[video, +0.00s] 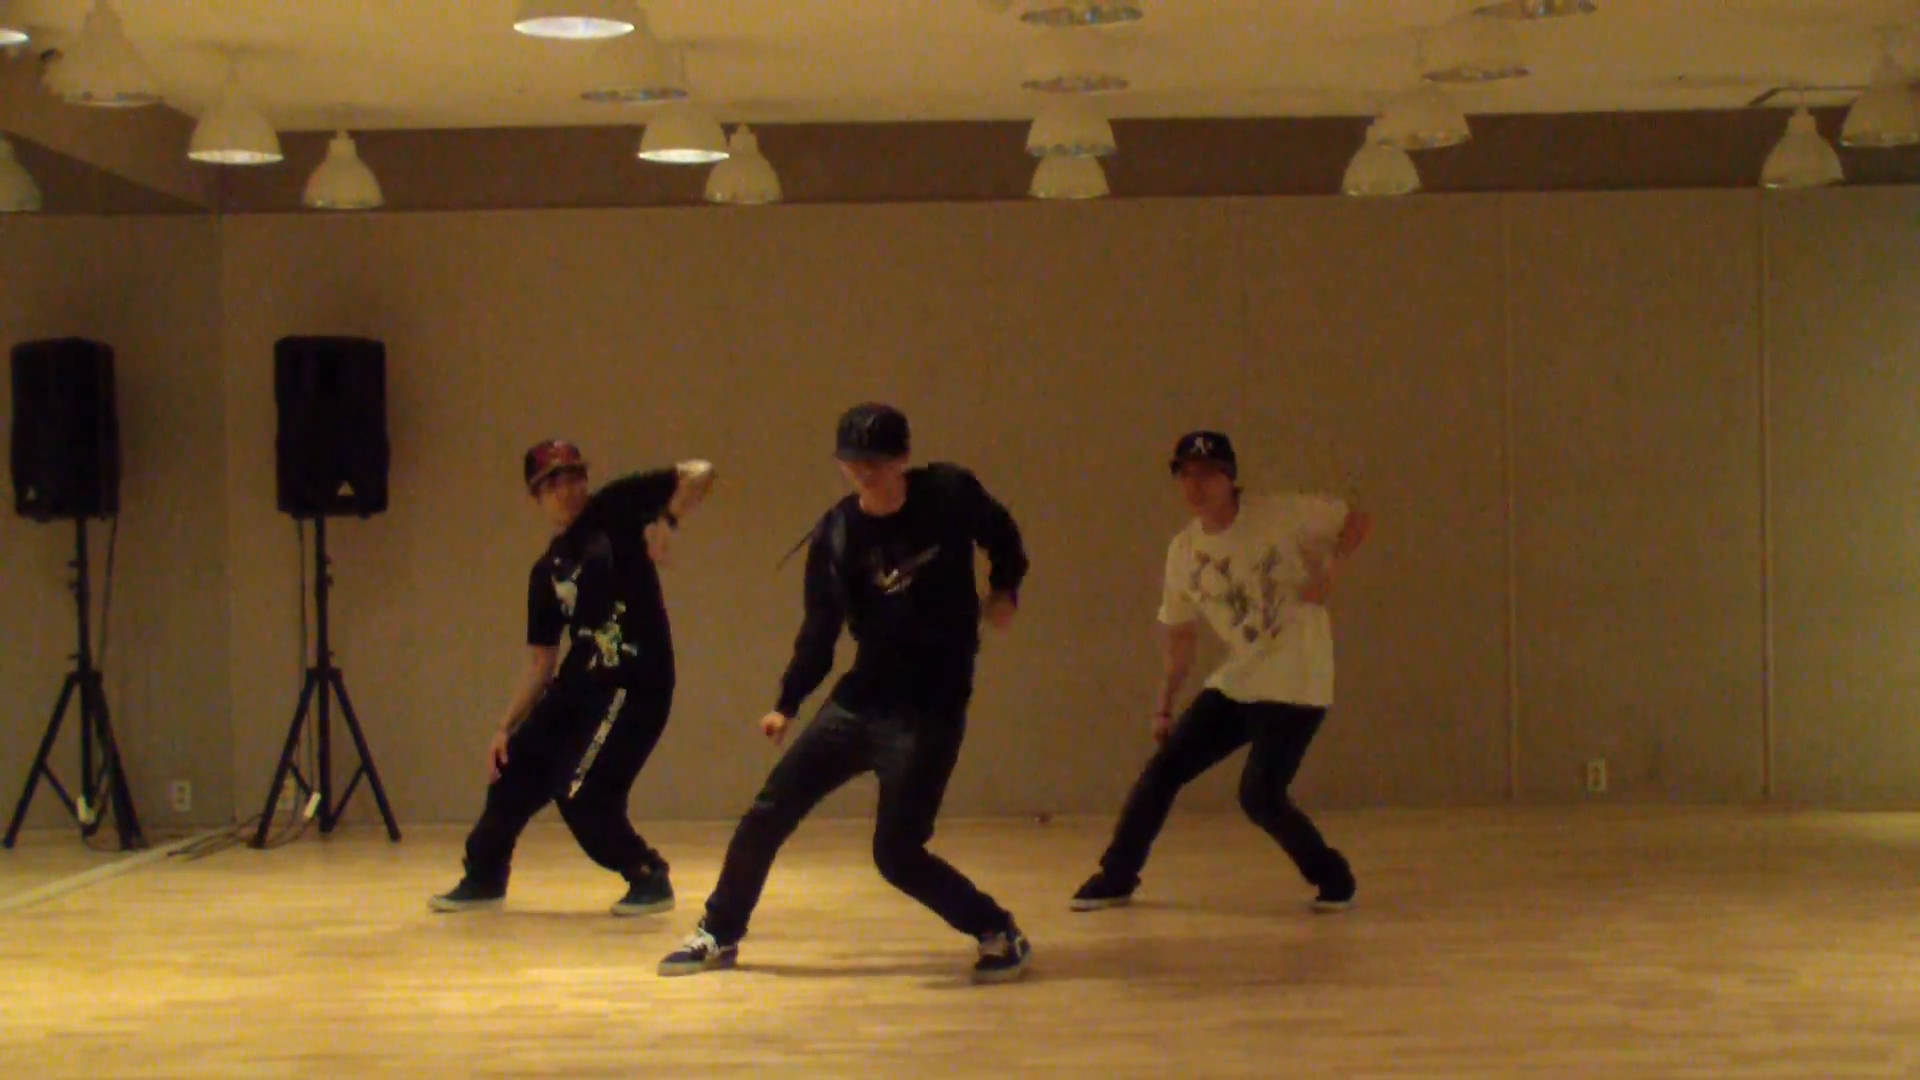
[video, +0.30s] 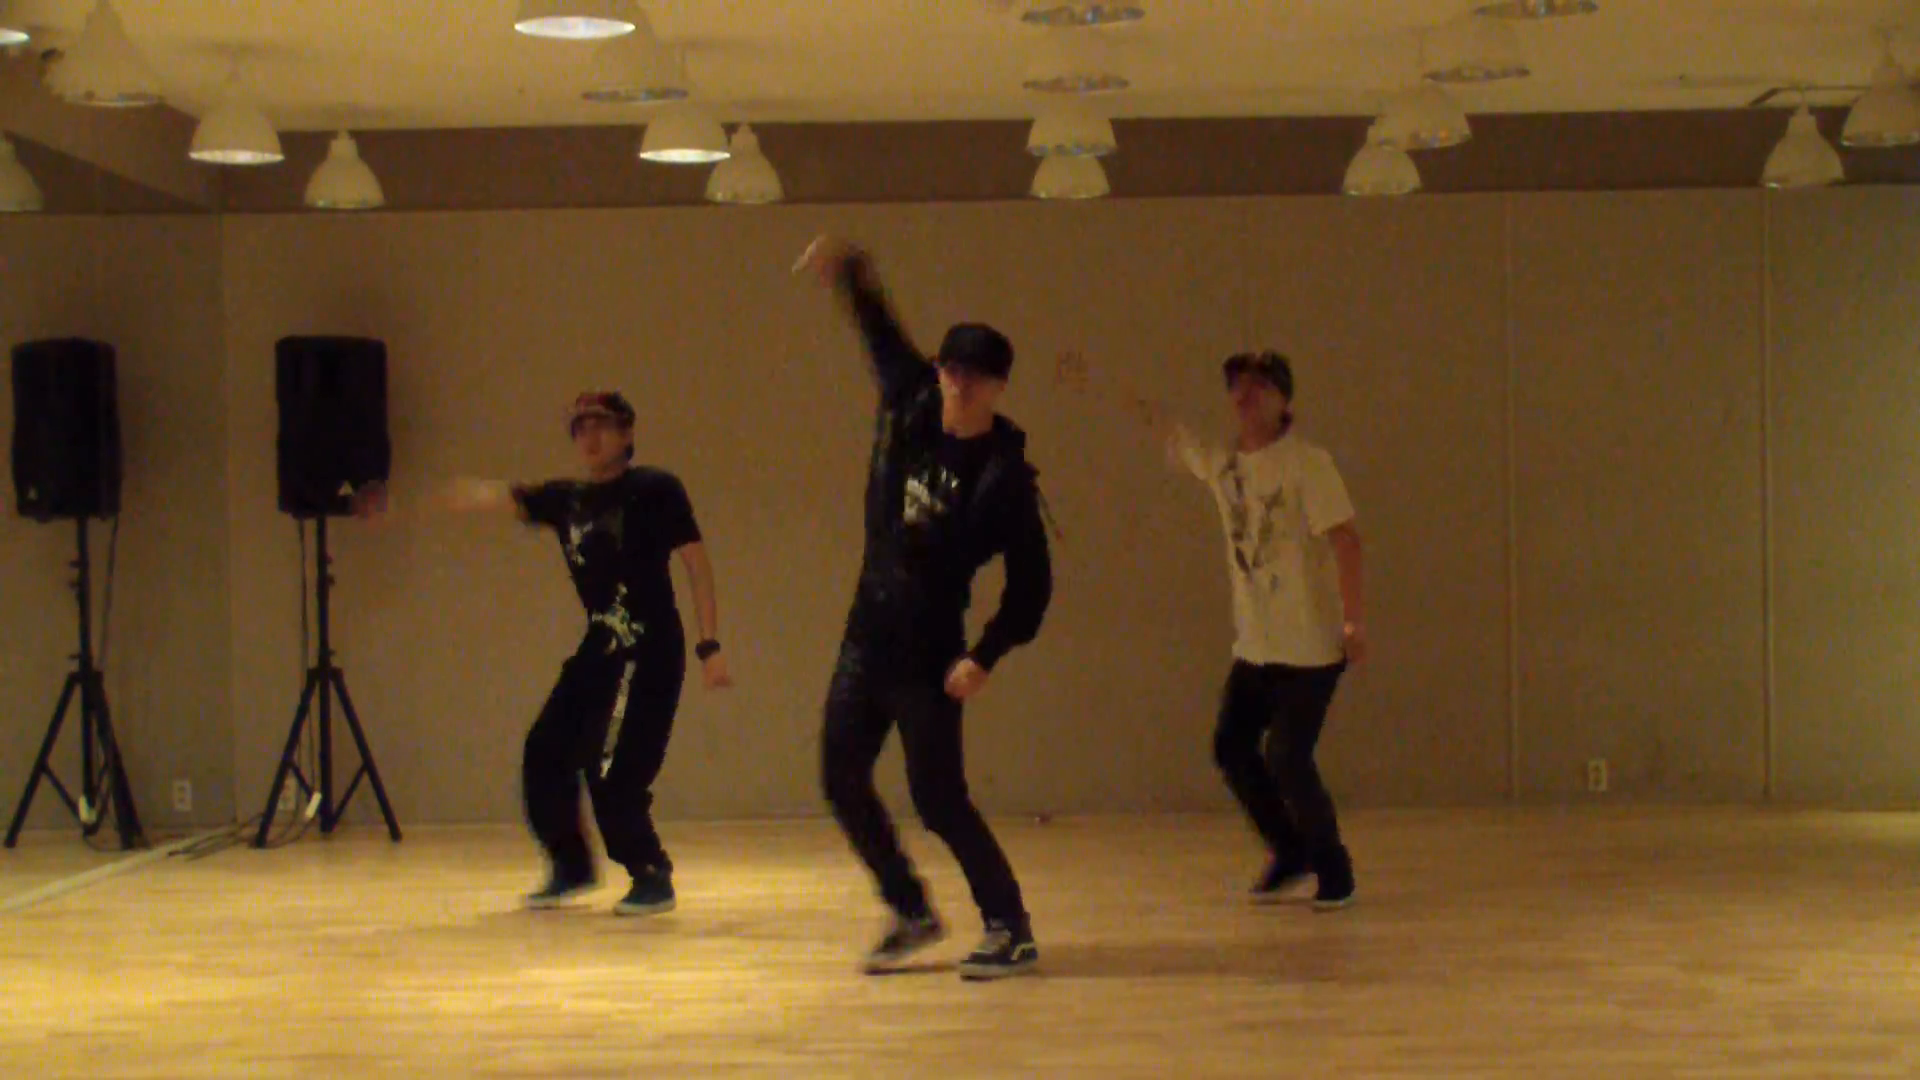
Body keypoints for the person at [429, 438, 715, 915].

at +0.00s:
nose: (567, 488)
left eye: (574, 476)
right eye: (554, 481)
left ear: (587, 480)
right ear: (537, 496)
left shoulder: (619, 505)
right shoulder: (547, 571)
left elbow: (700, 473)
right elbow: (541, 662)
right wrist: (505, 728)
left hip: (638, 680)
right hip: (581, 683)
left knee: (584, 792)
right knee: (520, 767)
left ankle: (648, 877)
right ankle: (484, 876)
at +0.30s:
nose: (591, 437)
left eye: (603, 426)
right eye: (582, 428)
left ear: (627, 434)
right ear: (574, 440)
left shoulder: (655, 490)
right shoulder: (565, 499)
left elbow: (696, 563)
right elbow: (490, 498)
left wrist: (709, 644)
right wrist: (412, 507)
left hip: (652, 646)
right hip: (601, 645)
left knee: (614, 766)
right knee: (546, 750)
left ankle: (651, 876)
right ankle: (572, 866)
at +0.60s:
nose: (610, 422)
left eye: (623, 413)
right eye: (607, 413)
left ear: (656, 427)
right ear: (608, 425)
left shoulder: (675, 491)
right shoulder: (598, 471)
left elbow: (700, 570)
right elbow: (541, 436)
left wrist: (705, 641)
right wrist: (533, 361)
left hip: (645, 646)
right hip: (598, 645)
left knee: (632, 765)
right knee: (588, 768)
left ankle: (655, 872)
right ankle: (643, 868)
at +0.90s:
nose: (604, 436)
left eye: (613, 425)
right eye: (600, 427)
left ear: (646, 425)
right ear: (599, 433)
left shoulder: (684, 484)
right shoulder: (605, 493)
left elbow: (711, 555)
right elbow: (606, 574)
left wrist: (715, 614)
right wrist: (578, 574)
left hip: (668, 629)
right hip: (614, 624)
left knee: (642, 745)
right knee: (547, 696)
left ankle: (654, 871)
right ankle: (606, 786)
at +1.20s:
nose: (589, 481)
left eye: (596, 469)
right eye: (584, 473)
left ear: (630, 465)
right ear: (594, 478)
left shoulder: (666, 486)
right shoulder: (637, 535)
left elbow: (736, 522)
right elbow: (603, 608)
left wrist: (741, 600)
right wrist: (581, 583)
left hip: (695, 648)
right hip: (648, 638)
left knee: (629, 758)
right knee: (553, 648)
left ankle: (654, 878)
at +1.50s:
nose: (620, 497)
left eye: (628, 484)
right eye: (616, 488)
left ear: (661, 480)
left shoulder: (691, 494)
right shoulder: (664, 562)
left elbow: (769, 509)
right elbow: (613, 634)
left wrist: (755, 585)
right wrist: (551, 598)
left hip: (722, 665)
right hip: (689, 660)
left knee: (637, 762)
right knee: (636, 719)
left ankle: (656, 878)